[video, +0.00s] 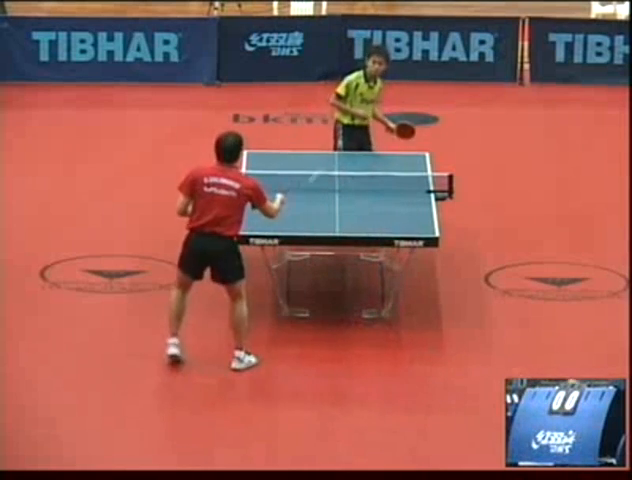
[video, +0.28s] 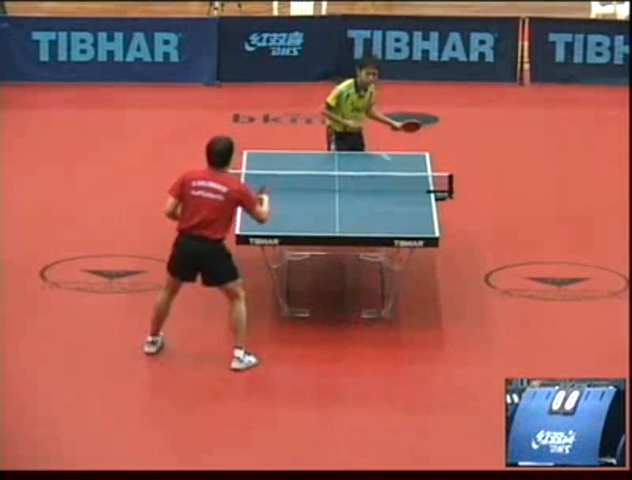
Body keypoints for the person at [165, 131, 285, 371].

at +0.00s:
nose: (242, 154)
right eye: (241, 151)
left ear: (216, 153)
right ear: (240, 155)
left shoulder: (198, 175)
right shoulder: (247, 184)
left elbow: (182, 209)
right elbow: (271, 212)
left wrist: (201, 208)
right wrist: (278, 202)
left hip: (196, 239)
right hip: (225, 243)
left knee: (181, 289)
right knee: (237, 297)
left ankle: (173, 340)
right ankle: (240, 352)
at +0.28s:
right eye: (230, 155)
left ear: (207, 156)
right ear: (230, 159)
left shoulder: (189, 178)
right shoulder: (235, 187)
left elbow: (170, 210)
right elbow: (262, 217)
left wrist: (189, 218)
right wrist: (265, 200)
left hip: (185, 242)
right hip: (214, 247)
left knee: (169, 290)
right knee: (237, 296)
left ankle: (153, 338)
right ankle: (239, 352)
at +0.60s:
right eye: (230, 166)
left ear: (207, 165)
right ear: (229, 169)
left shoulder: (187, 182)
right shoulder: (231, 195)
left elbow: (161, 208)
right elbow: (251, 230)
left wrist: (175, 223)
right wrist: (242, 235)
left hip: (171, 240)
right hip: (197, 244)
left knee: (161, 289)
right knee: (226, 297)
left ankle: (151, 338)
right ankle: (238, 354)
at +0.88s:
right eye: (232, 169)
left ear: (210, 169)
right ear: (233, 172)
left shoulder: (192, 182)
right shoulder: (236, 198)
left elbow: (165, 205)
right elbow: (257, 222)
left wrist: (179, 225)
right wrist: (259, 207)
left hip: (177, 241)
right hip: (205, 246)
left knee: (161, 290)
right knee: (233, 297)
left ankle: (151, 338)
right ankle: (241, 353)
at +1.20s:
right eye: (224, 163)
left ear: (201, 163)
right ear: (224, 167)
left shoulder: (183, 182)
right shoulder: (227, 192)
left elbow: (165, 215)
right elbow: (257, 216)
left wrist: (188, 213)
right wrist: (259, 203)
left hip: (173, 244)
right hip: (200, 248)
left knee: (163, 287)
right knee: (231, 298)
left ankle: (152, 337)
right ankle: (243, 354)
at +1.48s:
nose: (230, 183)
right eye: (230, 180)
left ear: (207, 178)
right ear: (229, 182)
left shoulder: (188, 194)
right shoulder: (229, 205)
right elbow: (254, 242)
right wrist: (242, 255)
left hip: (170, 249)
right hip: (196, 255)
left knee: (162, 287)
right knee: (238, 298)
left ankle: (151, 337)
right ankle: (244, 355)